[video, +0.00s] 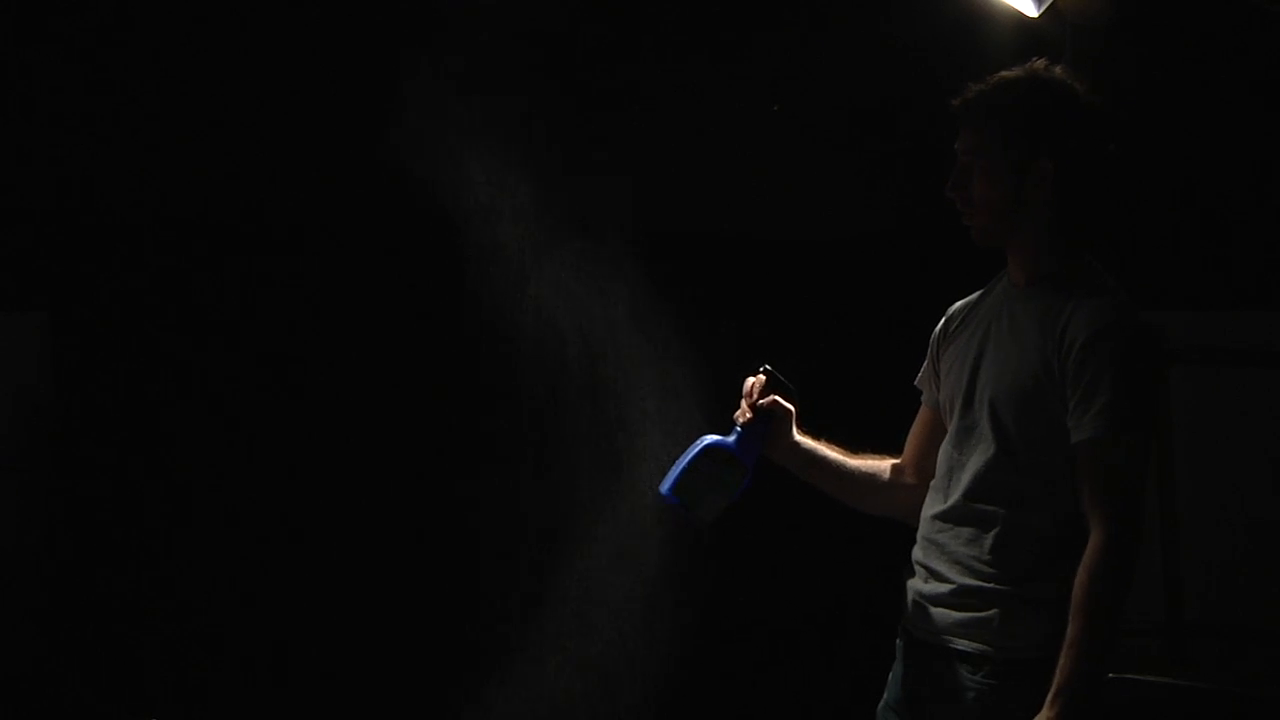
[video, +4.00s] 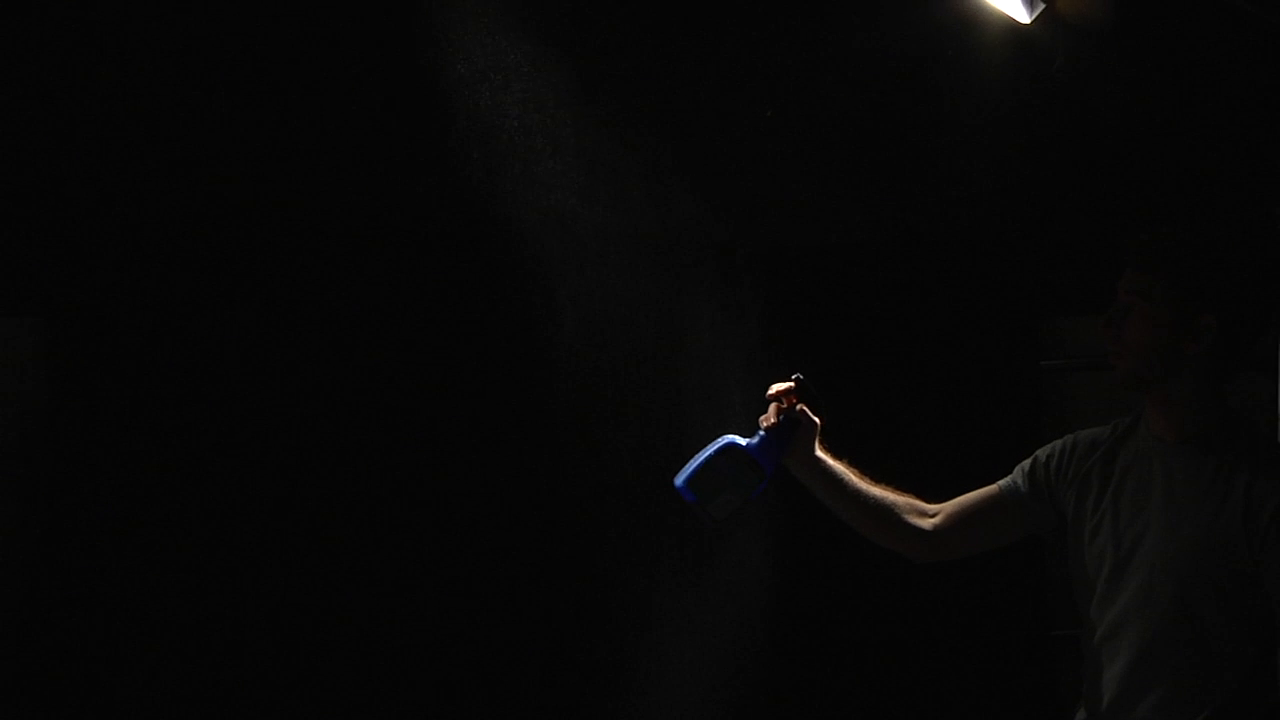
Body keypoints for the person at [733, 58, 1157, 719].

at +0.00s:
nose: (955, 185)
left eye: (976, 164)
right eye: (959, 163)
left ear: (1037, 174)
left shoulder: (1096, 324)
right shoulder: (962, 322)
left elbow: (1112, 529)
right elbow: (912, 486)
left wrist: (1062, 698)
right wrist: (791, 443)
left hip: (1013, 663)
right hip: (923, 646)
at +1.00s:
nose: (963, 180)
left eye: (983, 159)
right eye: (967, 159)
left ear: (1044, 171)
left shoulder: (1097, 323)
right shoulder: (966, 321)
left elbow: (1108, 526)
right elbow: (914, 485)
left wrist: (1035, 692)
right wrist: (797, 443)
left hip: (1011, 668)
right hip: (925, 648)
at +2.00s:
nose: (1119, 316)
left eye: (1141, 299)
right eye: (1124, 297)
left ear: (1202, 318)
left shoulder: (1260, 460)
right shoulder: (1088, 456)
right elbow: (932, 520)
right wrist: (807, 448)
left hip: (1229, 700)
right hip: (1113, 701)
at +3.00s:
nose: (1117, 318)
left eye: (1140, 301)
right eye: (1122, 299)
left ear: (1200, 318)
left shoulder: (1256, 458)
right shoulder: (1090, 455)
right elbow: (932, 520)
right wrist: (810, 449)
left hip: (1232, 700)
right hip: (1118, 701)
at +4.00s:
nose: (1116, 325)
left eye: (1138, 307)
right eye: (1120, 306)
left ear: (1199, 327)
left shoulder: (1255, 461)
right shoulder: (1084, 463)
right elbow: (930, 527)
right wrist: (810, 456)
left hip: (1233, 699)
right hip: (1115, 700)